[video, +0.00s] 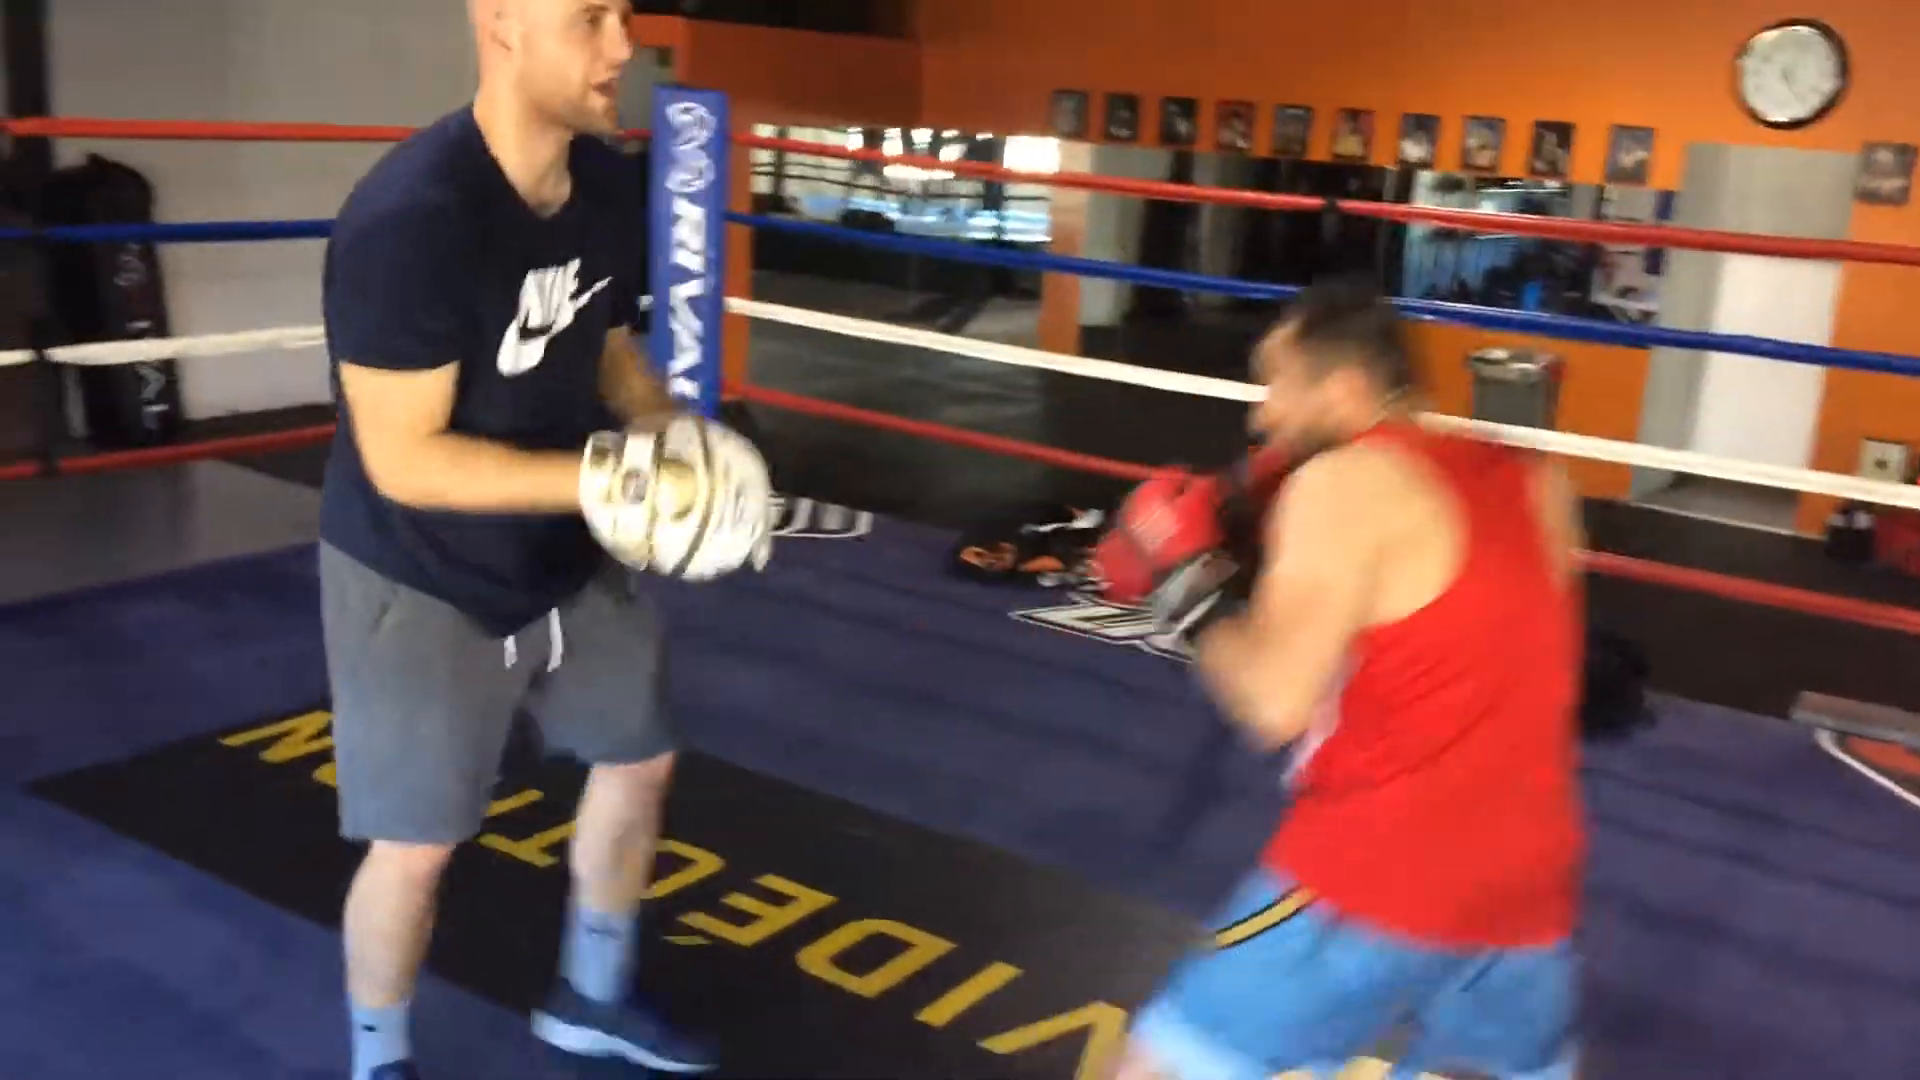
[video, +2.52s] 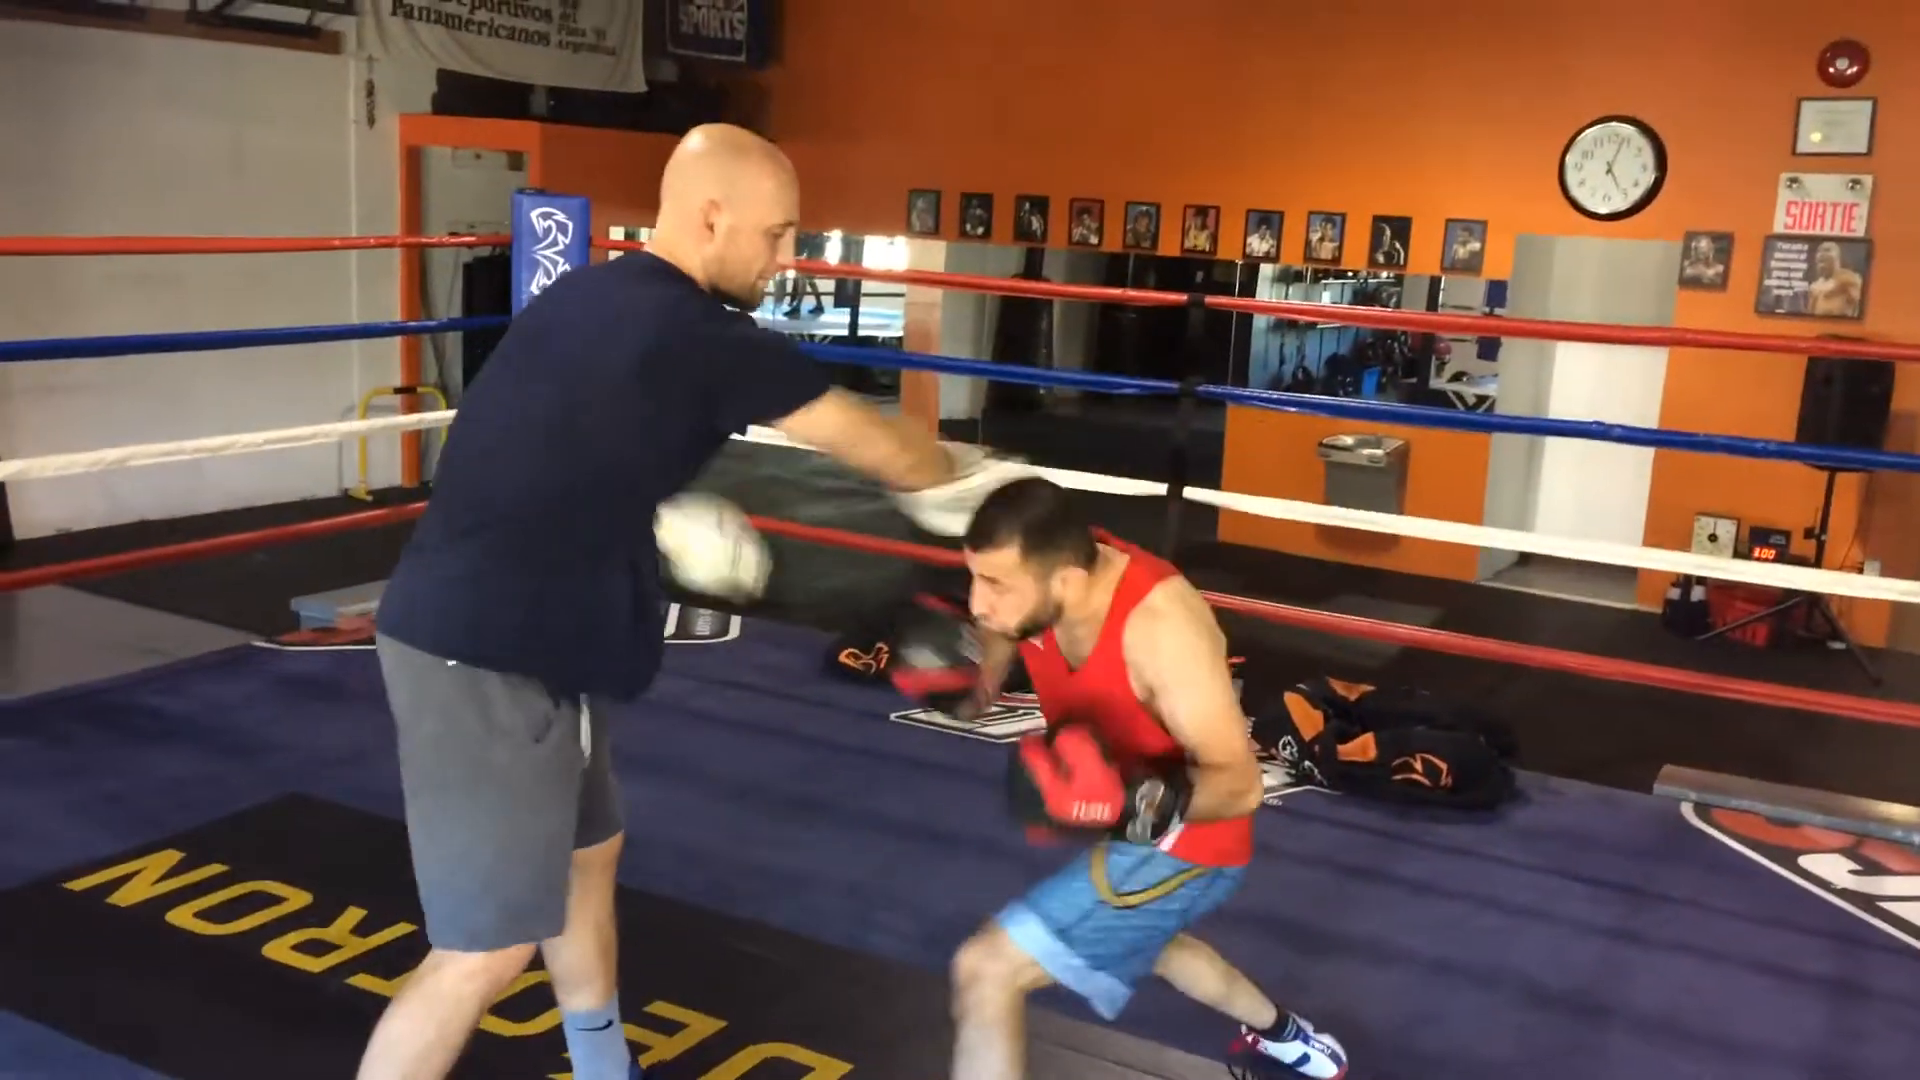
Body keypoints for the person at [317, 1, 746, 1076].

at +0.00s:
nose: (622, 49)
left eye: (624, 21)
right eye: (590, 20)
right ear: (498, 30)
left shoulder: (611, 182)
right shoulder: (402, 222)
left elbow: (610, 351)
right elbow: (401, 464)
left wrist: (682, 439)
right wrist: (606, 480)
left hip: (568, 536)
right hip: (413, 562)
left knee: (639, 752)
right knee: (418, 834)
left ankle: (592, 1000)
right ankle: (379, 1061)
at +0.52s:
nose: (639, 74)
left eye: (639, 48)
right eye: (615, 48)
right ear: (529, 45)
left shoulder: (583, 222)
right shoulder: (417, 201)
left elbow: (541, 400)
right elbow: (379, 430)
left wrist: (650, 420)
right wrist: (574, 422)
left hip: (469, 555)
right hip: (354, 548)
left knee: (398, 798)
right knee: (412, 816)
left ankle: (364, 988)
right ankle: (345, 1053)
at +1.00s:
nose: (584, 135)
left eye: (584, 110)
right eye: (569, 109)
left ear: (497, 106)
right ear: (487, 103)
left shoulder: (491, 241)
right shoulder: (393, 258)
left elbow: (482, 412)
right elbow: (457, 498)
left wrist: (614, 393)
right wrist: (623, 418)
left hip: (416, 589)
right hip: (297, 602)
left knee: (483, 796)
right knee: (296, 872)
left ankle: (540, 1028)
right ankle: (236, 1071)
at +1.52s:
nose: (707, 187)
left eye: (709, 164)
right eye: (700, 161)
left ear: (625, 148)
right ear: (638, 148)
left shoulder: (548, 263)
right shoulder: (557, 277)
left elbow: (649, 451)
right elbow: (672, 483)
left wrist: (758, 363)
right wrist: (778, 372)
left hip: (490, 622)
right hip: (420, 627)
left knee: (516, 857)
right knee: (462, 902)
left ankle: (548, 1066)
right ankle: (378, 1078)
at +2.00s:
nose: (730, 245)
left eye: (732, 219)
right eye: (722, 216)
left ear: (641, 207)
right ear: (659, 207)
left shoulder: (546, 306)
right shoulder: (596, 341)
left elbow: (569, 488)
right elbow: (710, 554)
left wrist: (700, 417)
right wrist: (800, 429)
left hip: (507, 650)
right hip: (410, 658)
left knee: (578, 843)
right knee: (456, 944)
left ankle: (586, 1069)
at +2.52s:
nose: (786, 260)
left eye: (791, 239)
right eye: (778, 234)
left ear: (693, 216)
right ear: (709, 216)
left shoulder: (584, 294)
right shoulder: (698, 330)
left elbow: (544, 448)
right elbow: (881, 447)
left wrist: (661, 516)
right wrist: (945, 469)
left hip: (536, 645)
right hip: (474, 649)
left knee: (586, 848)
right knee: (487, 942)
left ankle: (602, 1069)